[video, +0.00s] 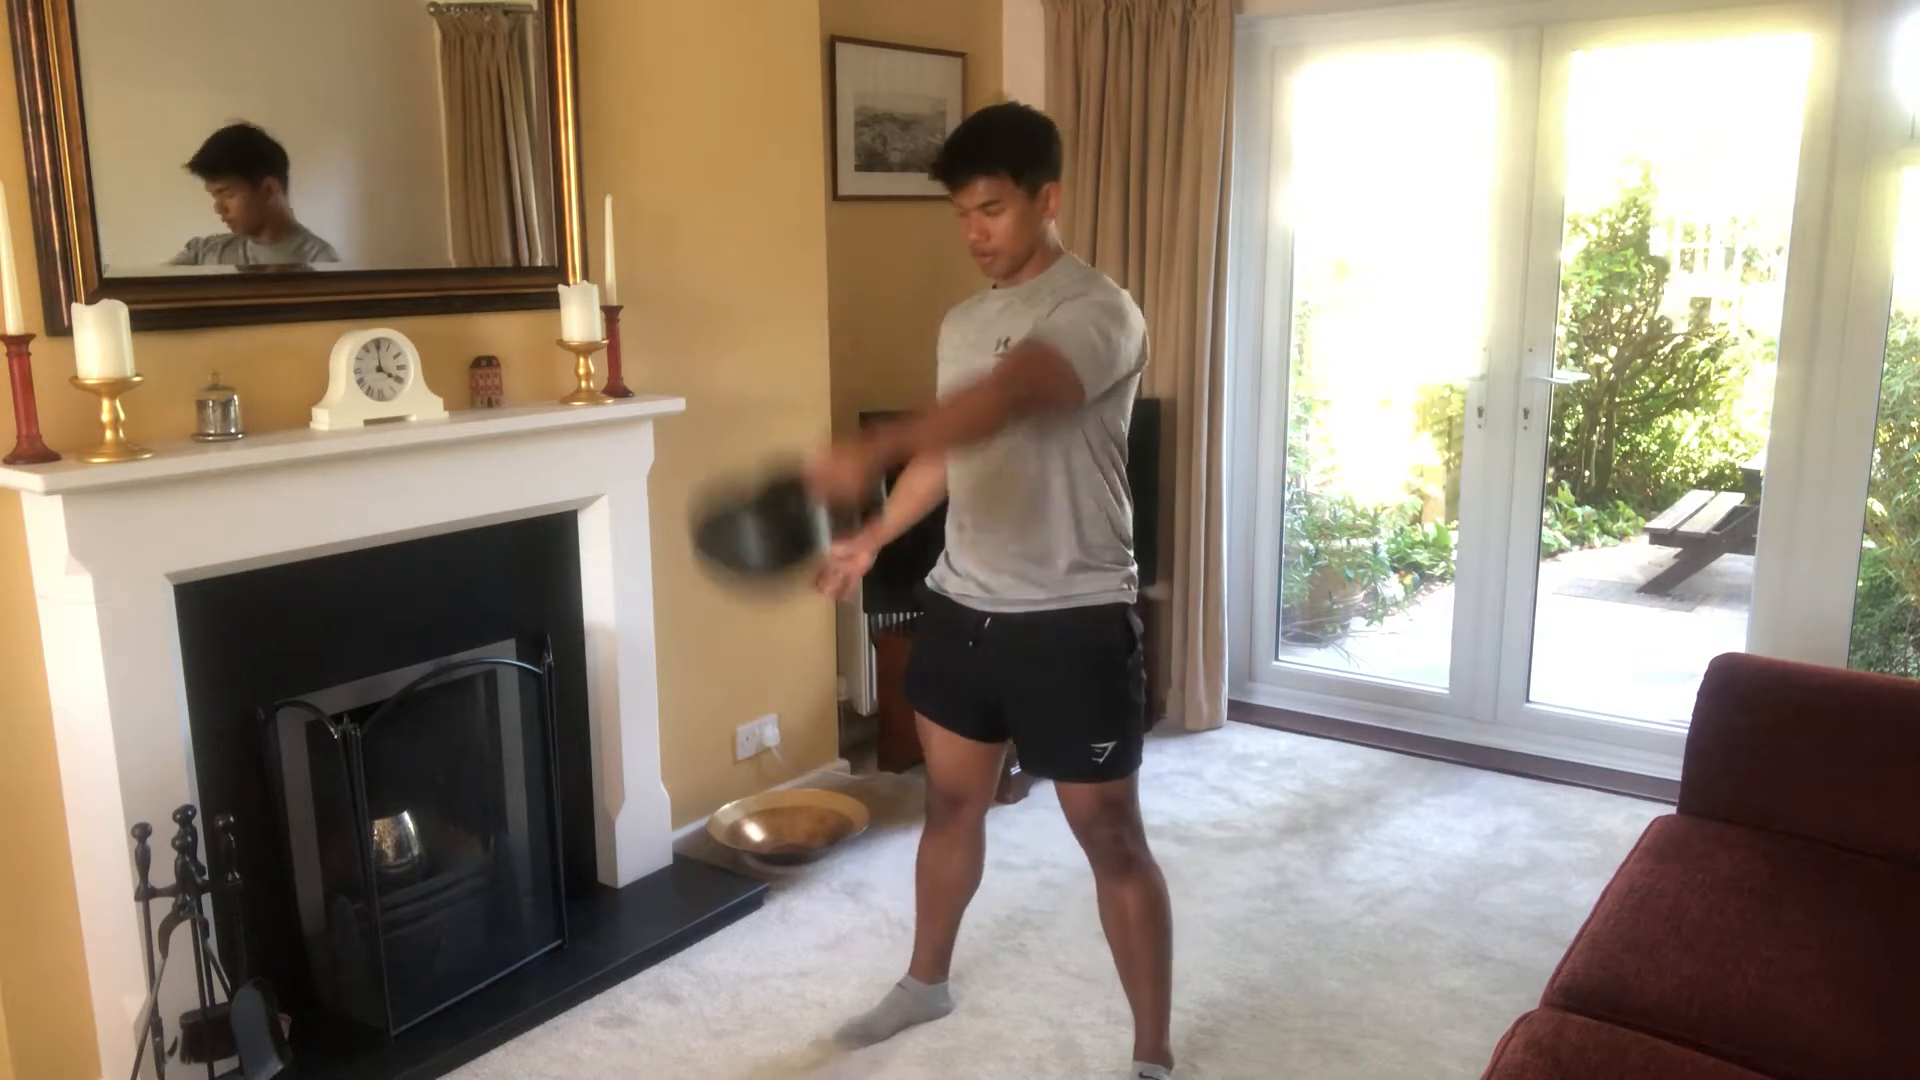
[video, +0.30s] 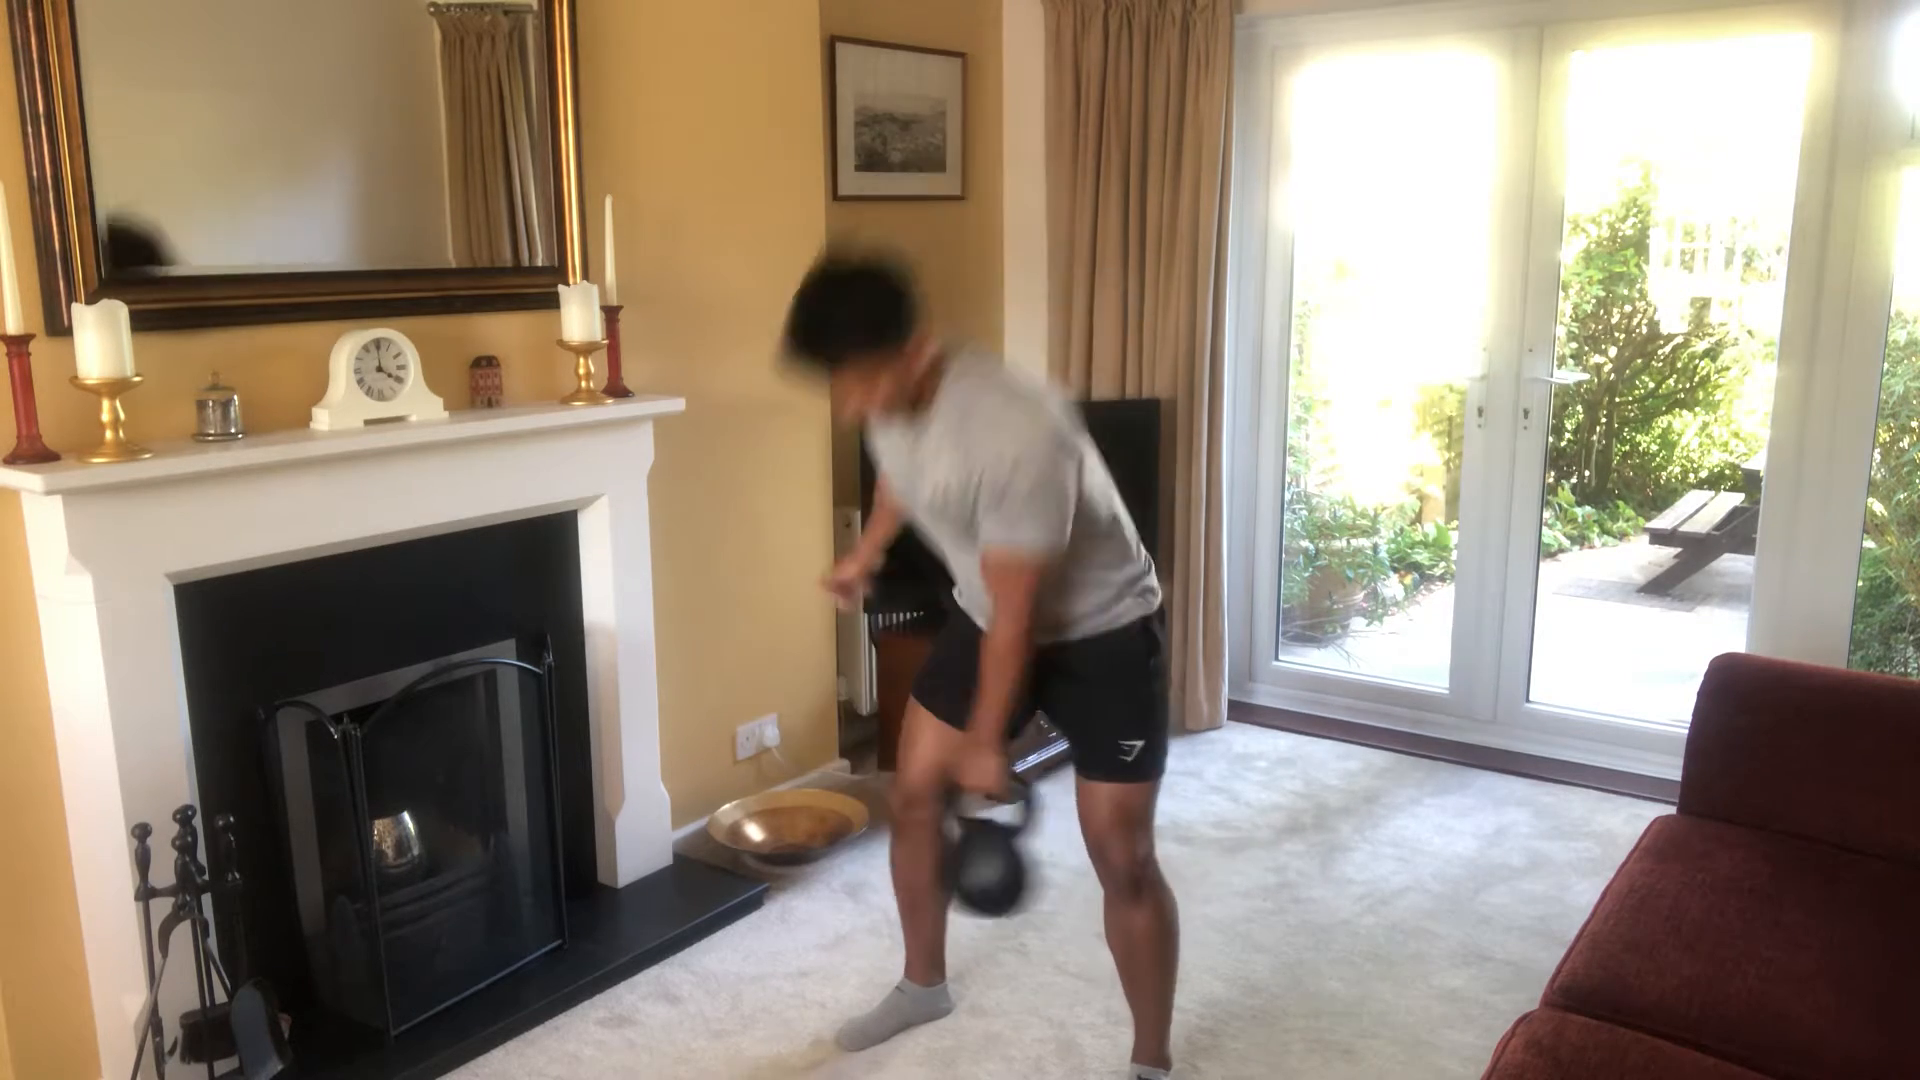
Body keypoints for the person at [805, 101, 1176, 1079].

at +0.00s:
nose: (976, 231)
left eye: (992, 208)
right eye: (963, 213)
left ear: (1047, 198)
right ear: (955, 211)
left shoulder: (1102, 309)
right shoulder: (961, 323)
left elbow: (1013, 393)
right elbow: (946, 453)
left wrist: (872, 451)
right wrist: (875, 534)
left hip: (1077, 617)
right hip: (963, 606)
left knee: (1111, 837)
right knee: (949, 807)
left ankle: (1153, 1054)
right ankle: (926, 980)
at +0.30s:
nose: (844, 397)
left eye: (852, 375)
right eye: (835, 377)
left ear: (907, 348)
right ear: (860, 360)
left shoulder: (1018, 429)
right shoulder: (886, 403)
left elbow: (1015, 613)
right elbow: (904, 474)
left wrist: (987, 740)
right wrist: (868, 548)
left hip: (1099, 628)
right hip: (988, 616)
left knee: (1122, 854)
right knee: (914, 791)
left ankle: (1152, 1059)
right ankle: (924, 982)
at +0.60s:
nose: (805, 694)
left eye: (804, 677)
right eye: (790, 684)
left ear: (848, 628)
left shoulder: (980, 652)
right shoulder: (844, 534)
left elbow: (1059, 744)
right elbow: (908, 655)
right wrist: (989, 759)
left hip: (1112, 648)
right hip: (990, 645)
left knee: (1125, 874)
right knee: (893, 810)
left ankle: (1153, 1060)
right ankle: (922, 986)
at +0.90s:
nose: (869, 313)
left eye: (882, 290)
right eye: (858, 295)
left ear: (935, 262)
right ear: (855, 287)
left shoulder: (1032, 356)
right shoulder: (894, 343)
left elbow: (1013, 545)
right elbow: (905, 447)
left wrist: (986, 698)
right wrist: (881, 548)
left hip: (1094, 604)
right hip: (980, 600)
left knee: (1121, 838)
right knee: (940, 788)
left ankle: (1154, 1057)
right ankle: (927, 981)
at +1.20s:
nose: (980, 231)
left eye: (998, 208)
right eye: (968, 212)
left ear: (1052, 200)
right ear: (960, 212)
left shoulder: (1108, 306)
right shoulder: (959, 320)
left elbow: (1017, 370)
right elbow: (922, 449)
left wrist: (890, 399)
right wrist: (843, 545)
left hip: (1071, 615)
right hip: (957, 606)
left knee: (1103, 836)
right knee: (951, 806)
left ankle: (1149, 1056)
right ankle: (927, 985)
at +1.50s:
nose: (986, 229)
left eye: (1005, 206)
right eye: (974, 210)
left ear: (1060, 199)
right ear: (967, 209)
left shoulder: (1110, 305)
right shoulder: (968, 320)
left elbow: (1007, 336)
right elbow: (945, 450)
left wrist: (850, 337)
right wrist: (895, 566)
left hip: (1071, 617)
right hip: (956, 606)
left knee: (1104, 837)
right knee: (951, 806)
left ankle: (1148, 1053)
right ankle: (928, 984)